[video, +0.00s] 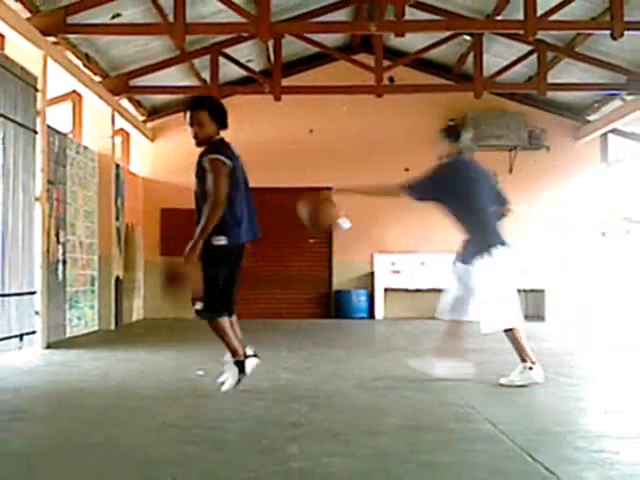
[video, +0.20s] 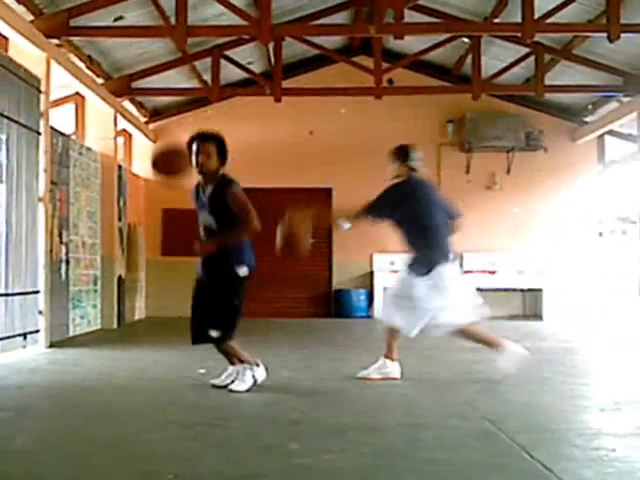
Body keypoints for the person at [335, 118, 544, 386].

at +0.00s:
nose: (444, 146)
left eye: (445, 141)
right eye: (447, 141)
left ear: (448, 142)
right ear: (467, 142)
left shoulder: (448, 171)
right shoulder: (481, 171)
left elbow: (401, 190)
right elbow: (503, 208)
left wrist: (352, 189)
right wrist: (477, 226)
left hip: (487, 251)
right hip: (483, 249)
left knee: (504, 308)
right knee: (459, 305)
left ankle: (530, 364)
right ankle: (447, 358)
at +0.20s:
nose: (391, 168)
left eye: (393, 163)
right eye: (392, 163)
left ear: (401, 164)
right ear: (413, 163)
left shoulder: (401, 189)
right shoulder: (426, 187)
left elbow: (371, 210)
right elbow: (454, 218)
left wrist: (349, 220)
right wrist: (433, 236)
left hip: (426, 263)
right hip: (444, 261)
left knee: (394, 307)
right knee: (450, 320)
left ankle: (389, 362)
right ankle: (506, 347)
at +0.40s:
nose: (355, 171)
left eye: (356, 166)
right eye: (354, 166)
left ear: (365, 164)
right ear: (373, 162)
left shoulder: (378, 186)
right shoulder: (387, 182)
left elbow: (372, 232)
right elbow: (380, 233)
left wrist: (348, 266)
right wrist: (365, 260)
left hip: (403, 253)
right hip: (409, 251)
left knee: (381, 299)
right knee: (390, 303)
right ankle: (408, 354)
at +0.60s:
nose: (336, 173)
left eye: (337, 168)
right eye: (334, 168)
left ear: (346, 165)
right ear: (354, 163)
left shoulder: (363, 185)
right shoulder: (370, 182)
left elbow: (374, 230)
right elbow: (371, 224)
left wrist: (366, 271)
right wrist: (349, 227)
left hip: (375, 260)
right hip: (388, 259)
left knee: (344, 302)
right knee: (372, 306)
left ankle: (344, 360)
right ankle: (385, 354)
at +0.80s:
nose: (335, 167)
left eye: (336, 162)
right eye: (334, 162)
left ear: (344, 160)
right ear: (351, 157)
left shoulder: (362, 181)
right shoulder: (362, 179)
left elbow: (374, 223)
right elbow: (361, 213)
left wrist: (374, 261)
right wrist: (338, 212)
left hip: (361, 259)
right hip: (369, 257)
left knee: (344, 304)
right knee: (373, 305)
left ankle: (344, 357)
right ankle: (389, 350)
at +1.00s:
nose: (339, 175)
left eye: (340, 170)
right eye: (338, 170)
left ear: (348, 169)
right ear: (351, 168)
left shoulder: (364, 188)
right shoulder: (356, 189)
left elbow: (373, 225)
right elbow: (360, 223)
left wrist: (369, 260)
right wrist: (346, 228)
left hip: (361, 257)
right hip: (358, 256)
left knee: (342, 296)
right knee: (369, 297)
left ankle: (341, 343)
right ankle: (381, 336)